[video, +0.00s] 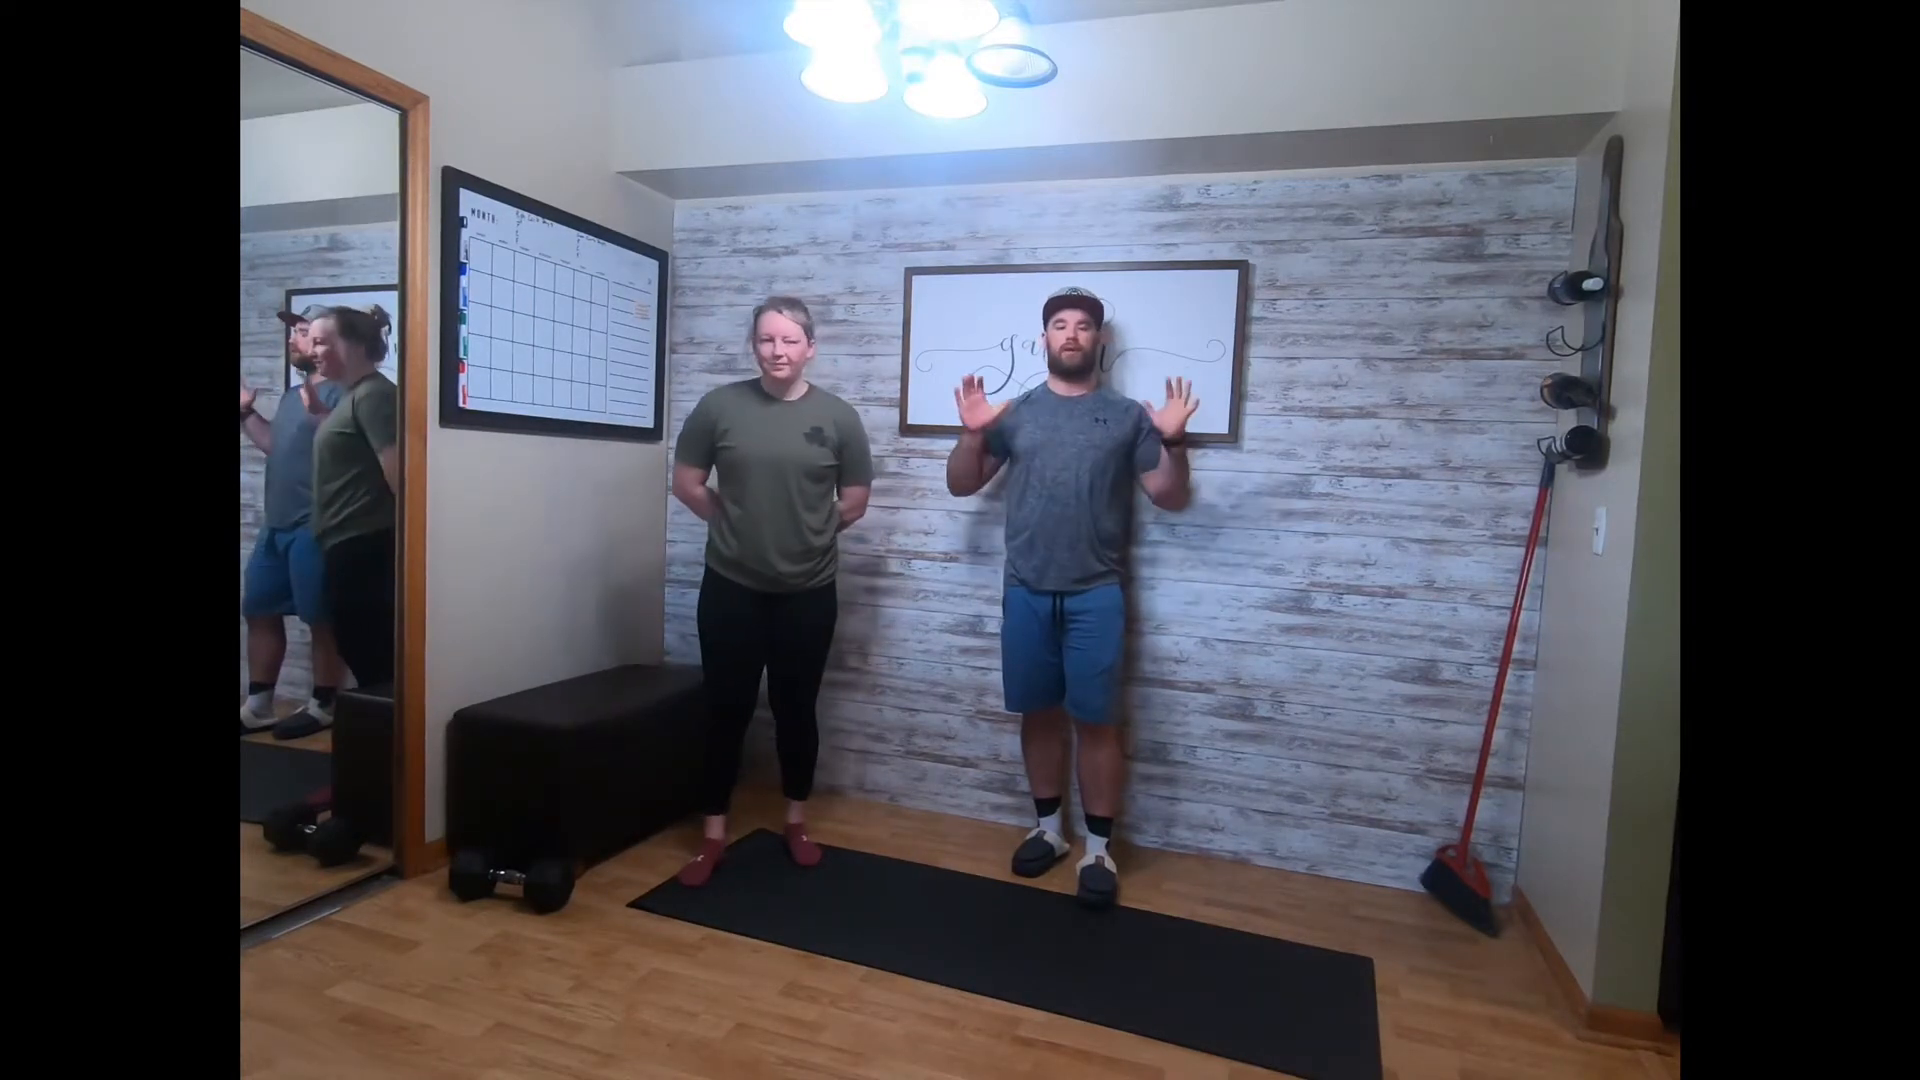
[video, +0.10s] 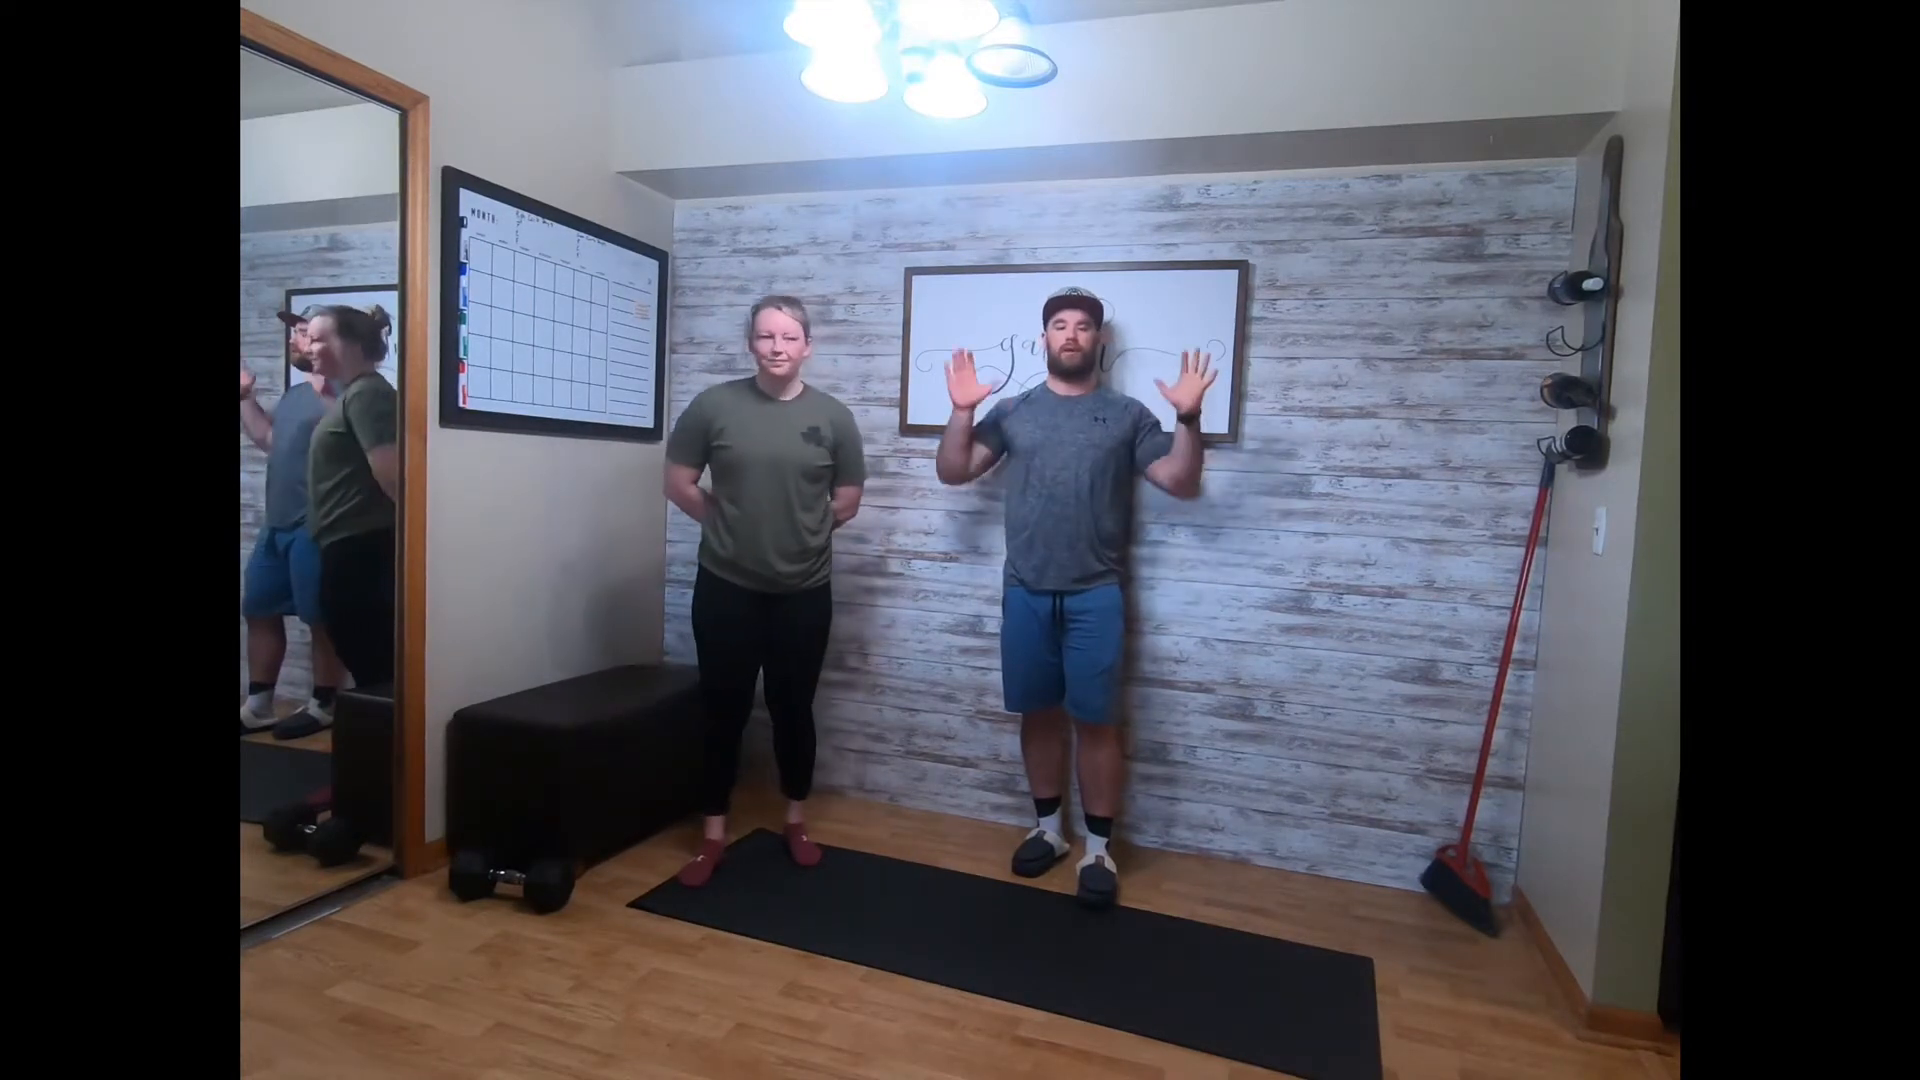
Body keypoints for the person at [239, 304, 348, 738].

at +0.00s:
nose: (294, 339)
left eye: (304, 332)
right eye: (295, 333)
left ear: (326, 342)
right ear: (299, 344)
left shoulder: (343, 392)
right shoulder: (294, 394)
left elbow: (346, 447)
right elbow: (276, 446)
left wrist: (317, 412)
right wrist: (248, 413)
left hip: (317, 523)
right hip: (276, 523)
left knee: (321, 617)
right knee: (260, 608)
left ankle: (324, 706)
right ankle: (259, 704)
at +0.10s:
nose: (294, 339)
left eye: (304, 333)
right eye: (295, 332)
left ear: (327, 343)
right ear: (298, 343)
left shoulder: (343, 392)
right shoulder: (295, 392)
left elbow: (357, 439)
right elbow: (268, 440)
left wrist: (334, 393)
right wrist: (247, 398)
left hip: (318, 526)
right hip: (277, 524)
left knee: (321, 619)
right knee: (259, 609)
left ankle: (324, 706)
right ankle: (259, 704)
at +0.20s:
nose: (300, 344)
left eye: (310, 336)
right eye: (300, 337)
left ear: (334, 344)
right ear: (301, 345)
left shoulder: (347, 394)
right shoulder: (293, 391)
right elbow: (254, 411)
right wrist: (242, 371)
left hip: (319, 527)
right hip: (279, 525)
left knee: (321, 619)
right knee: (261, 609)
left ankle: (325, 706)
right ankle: (259, 703)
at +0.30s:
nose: (298, 342)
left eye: (308, 336)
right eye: (297, 335)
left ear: (331, 344)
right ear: (296, 343)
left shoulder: (347, 391)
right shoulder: (289, 386)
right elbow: (250, 384)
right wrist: (238, 346)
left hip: (322, 528)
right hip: (280, 523)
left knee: (322, 621)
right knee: (264, 609)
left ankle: (324, 705)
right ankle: (259, 703)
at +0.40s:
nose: (296, 340)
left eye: (305, 333)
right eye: (296, 332)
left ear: (329, 341)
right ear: (296, 341)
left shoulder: (340, 385)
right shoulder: (290, 379)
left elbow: (351, 345)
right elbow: (253, 355)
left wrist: (340, 299)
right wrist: (238, 324)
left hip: (322, 522)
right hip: (283, 519)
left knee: (322, 618)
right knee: (264, 609)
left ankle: (324, 705)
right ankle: (259, 702)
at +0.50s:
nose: (292, 341)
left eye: (301, 333)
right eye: (290, 333)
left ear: (327, 339)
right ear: (290, 342)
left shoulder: (338, 382)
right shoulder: (289, 375)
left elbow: (349, 335)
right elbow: (252, 336)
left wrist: (342, 283)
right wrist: (238, 301)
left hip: (323, 522)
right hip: (283, 519)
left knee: (322, 617)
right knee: (264, 609)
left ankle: (324, 706)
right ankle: (260, 702)